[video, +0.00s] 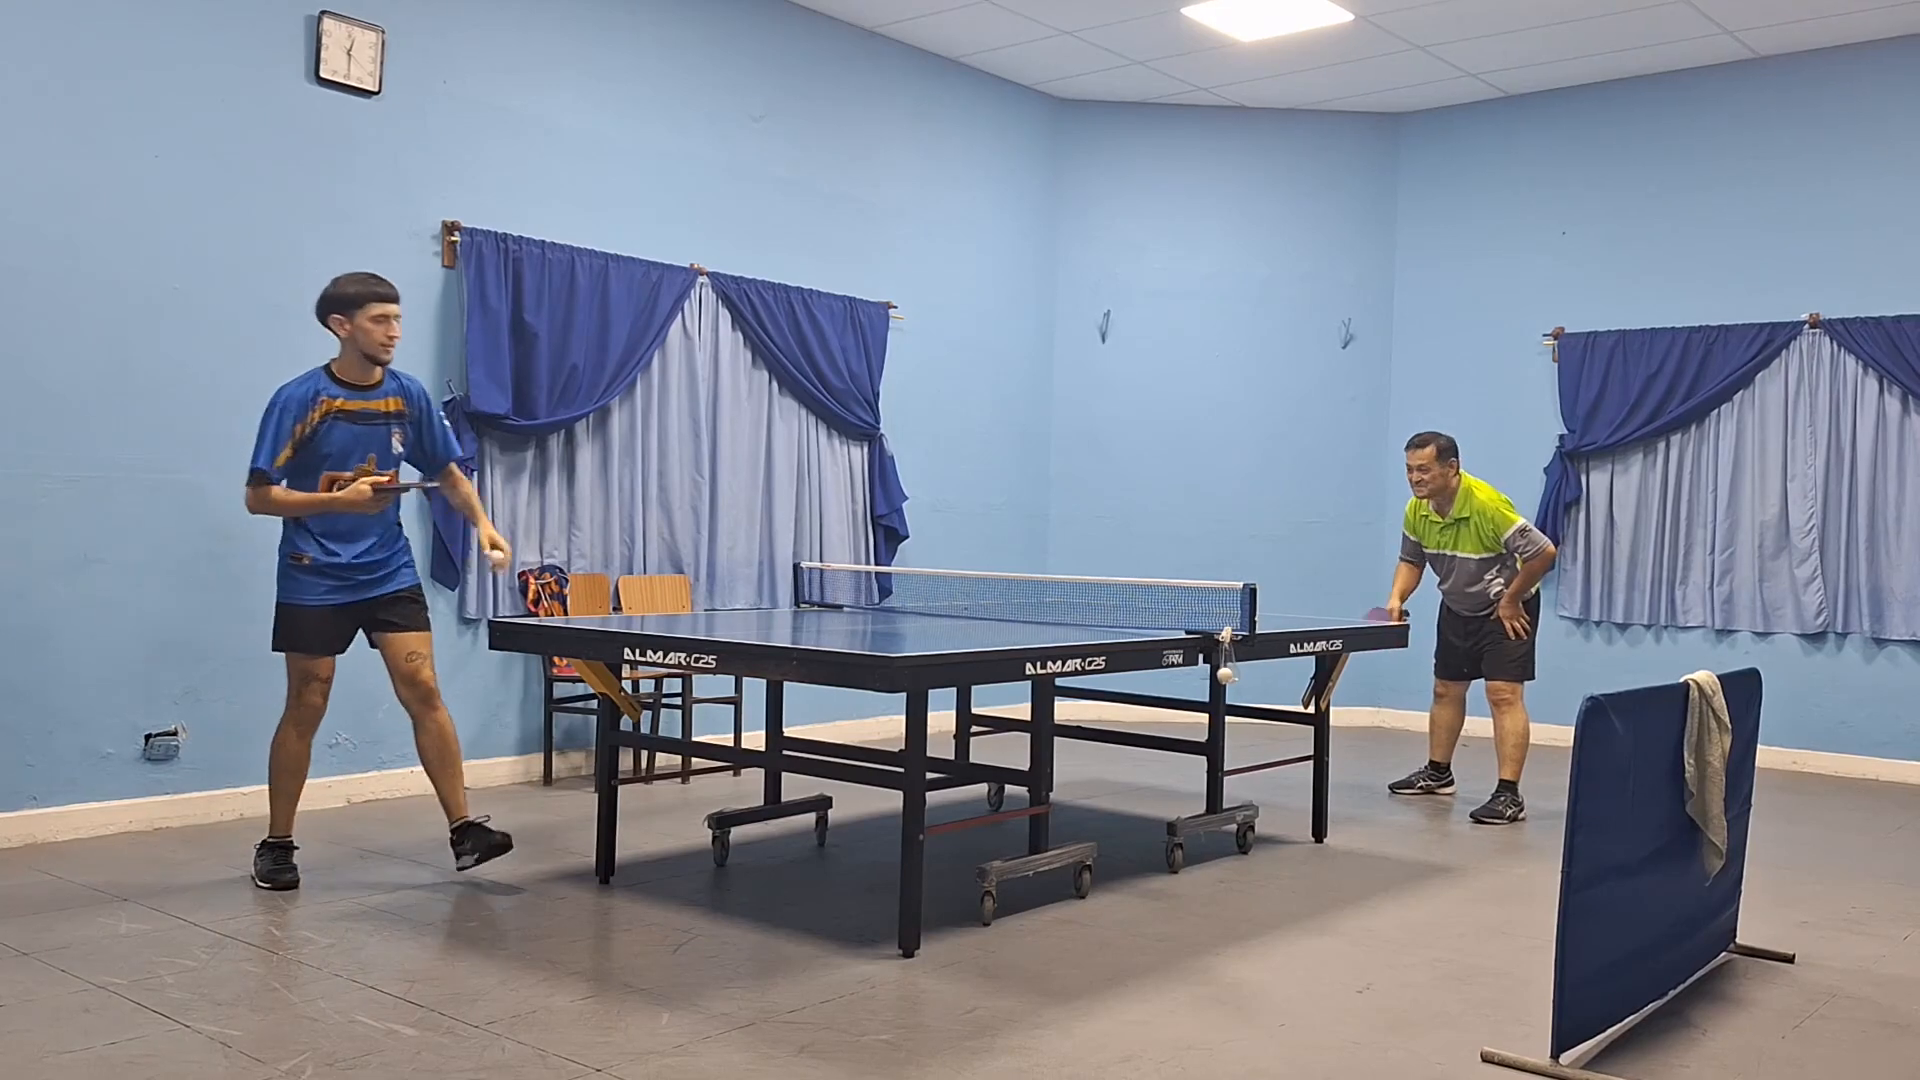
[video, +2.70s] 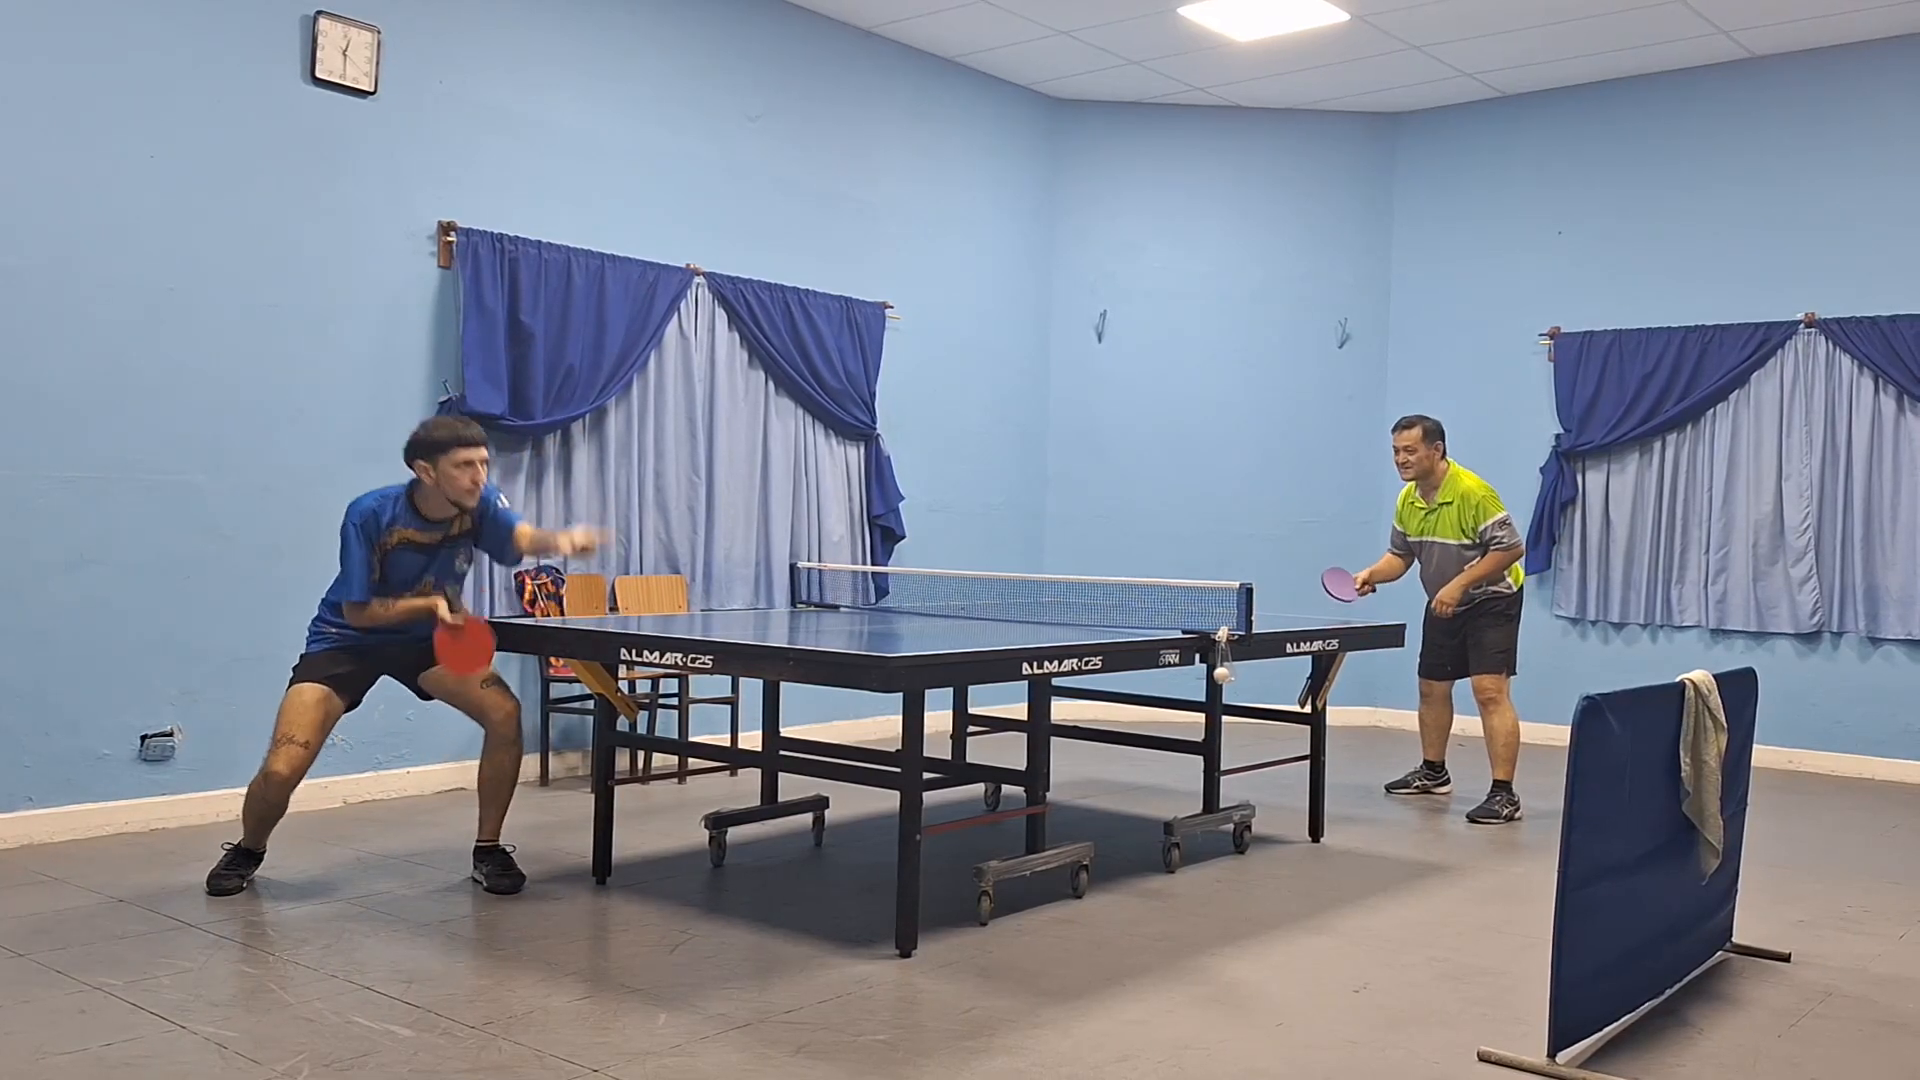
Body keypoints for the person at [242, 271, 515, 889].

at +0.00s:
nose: (394, 330)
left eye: (397, 320)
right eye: (381, 320)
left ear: (397, 326)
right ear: (340, 325)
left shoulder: (409, 396)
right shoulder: (298, 399)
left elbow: (447, 471)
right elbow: (258, 496)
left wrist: (483, 523)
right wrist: (336, 500)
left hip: (389, 570)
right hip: (314, 577)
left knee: (421, 687)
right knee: (307, 704)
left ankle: (463, 828)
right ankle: (278, 844)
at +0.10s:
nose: (429, 350)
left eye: (432, 340)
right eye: (417, 340)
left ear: (429, 343)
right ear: (376, 338)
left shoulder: (441, 411)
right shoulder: (322, 406)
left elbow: (481, 484)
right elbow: (285, 500)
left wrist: (511, 536)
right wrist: (361, 503)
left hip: (406, 580)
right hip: (329, 584)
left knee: (435, 695)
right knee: (318, 710)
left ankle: (468, 841)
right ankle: (279, 843)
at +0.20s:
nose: (479, 372)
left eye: (481, 361)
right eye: (469, 360)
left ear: (455, 364)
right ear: (426, 356)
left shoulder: (475, 430)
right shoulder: (359, 415)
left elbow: (511, 506)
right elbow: (312, 506)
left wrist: (537, 556)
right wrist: (387, 513)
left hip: (428, 591)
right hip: (348, 592)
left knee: (455, 694)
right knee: (329, 724)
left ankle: (476, 848)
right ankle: (279, 845)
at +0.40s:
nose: (556, 408)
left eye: (558, 397)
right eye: (551, 395)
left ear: (523, 390)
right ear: (515, 387)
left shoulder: (522, 453)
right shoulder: (419, 426)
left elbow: (531, 531)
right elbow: (371, 510)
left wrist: (553, 569)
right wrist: (444, 539)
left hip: (446, 586)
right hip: (370, 586)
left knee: (472, 701)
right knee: (340, 718)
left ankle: (476, 848)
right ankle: (284, 841)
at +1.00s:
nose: (483, 412)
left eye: (488, 400)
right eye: (472, 400)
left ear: (489, 397)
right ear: (432, 393)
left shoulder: (485, 451)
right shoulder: (363, 440)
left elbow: (531, 525)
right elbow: (334, 532)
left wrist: (521, 562)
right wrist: (395, 545)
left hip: (428, 586)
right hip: (343, 585)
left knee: (470, 695)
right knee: (300, 717)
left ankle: (478, 846)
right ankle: (246, 846)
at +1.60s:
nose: (500, 497)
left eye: (505, 485)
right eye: (489, 485)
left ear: (511, 480)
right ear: (449, 477)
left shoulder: (502, 514)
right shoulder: (390, 509)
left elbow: (531, 577)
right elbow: (371, 617)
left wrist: (546, 583)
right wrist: (441, 597)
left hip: (428, 619)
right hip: (349, 620)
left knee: (494, 705)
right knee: (287, 746)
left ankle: (492, 848)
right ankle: (245, 851)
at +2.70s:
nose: (478, 477)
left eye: (482, 465)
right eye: (465, 467)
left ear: (487, 466)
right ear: (425, 471)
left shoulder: (479, 507)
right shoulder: (369, 515)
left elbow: (515, 540)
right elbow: (358, 611)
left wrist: (560, 542)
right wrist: (428, 604)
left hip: (423, 640)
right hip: (345, 640)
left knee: (504, 713)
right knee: (282, 767)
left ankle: (488, 850)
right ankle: (247, 851)